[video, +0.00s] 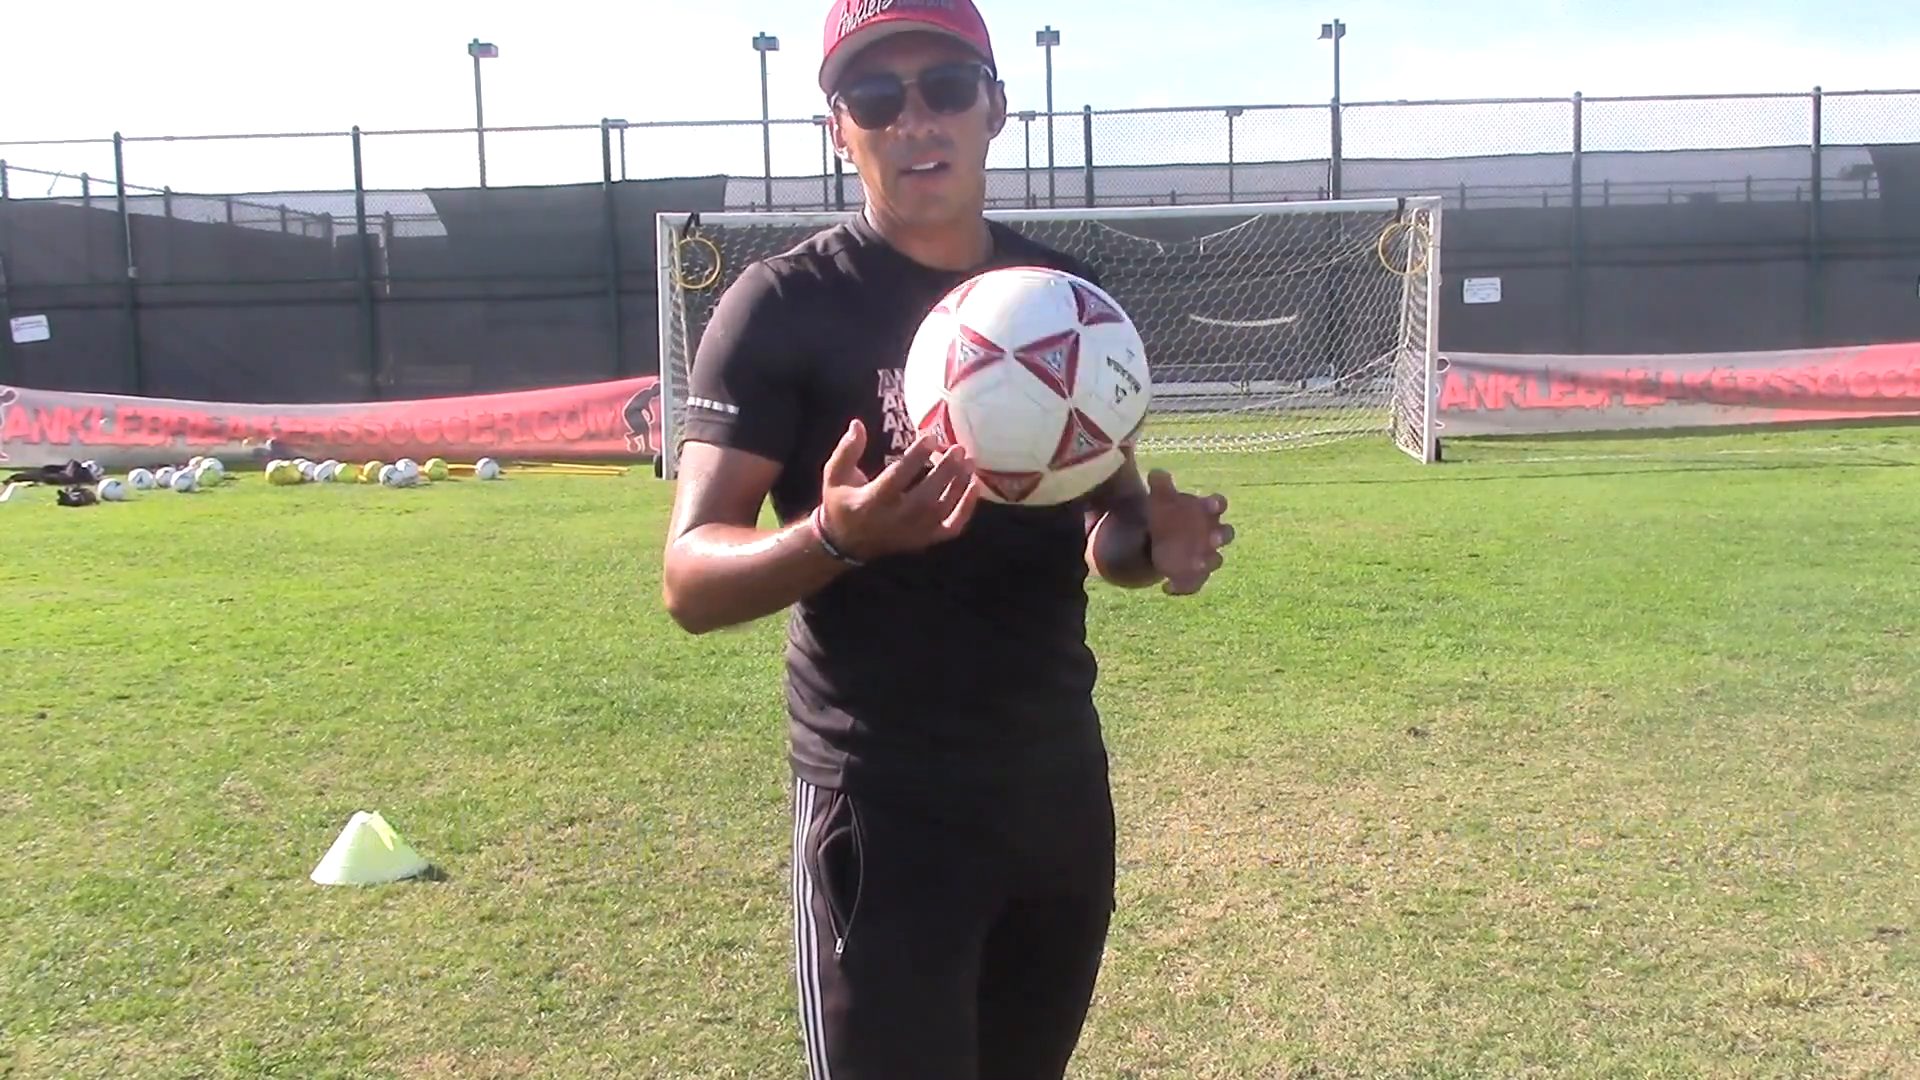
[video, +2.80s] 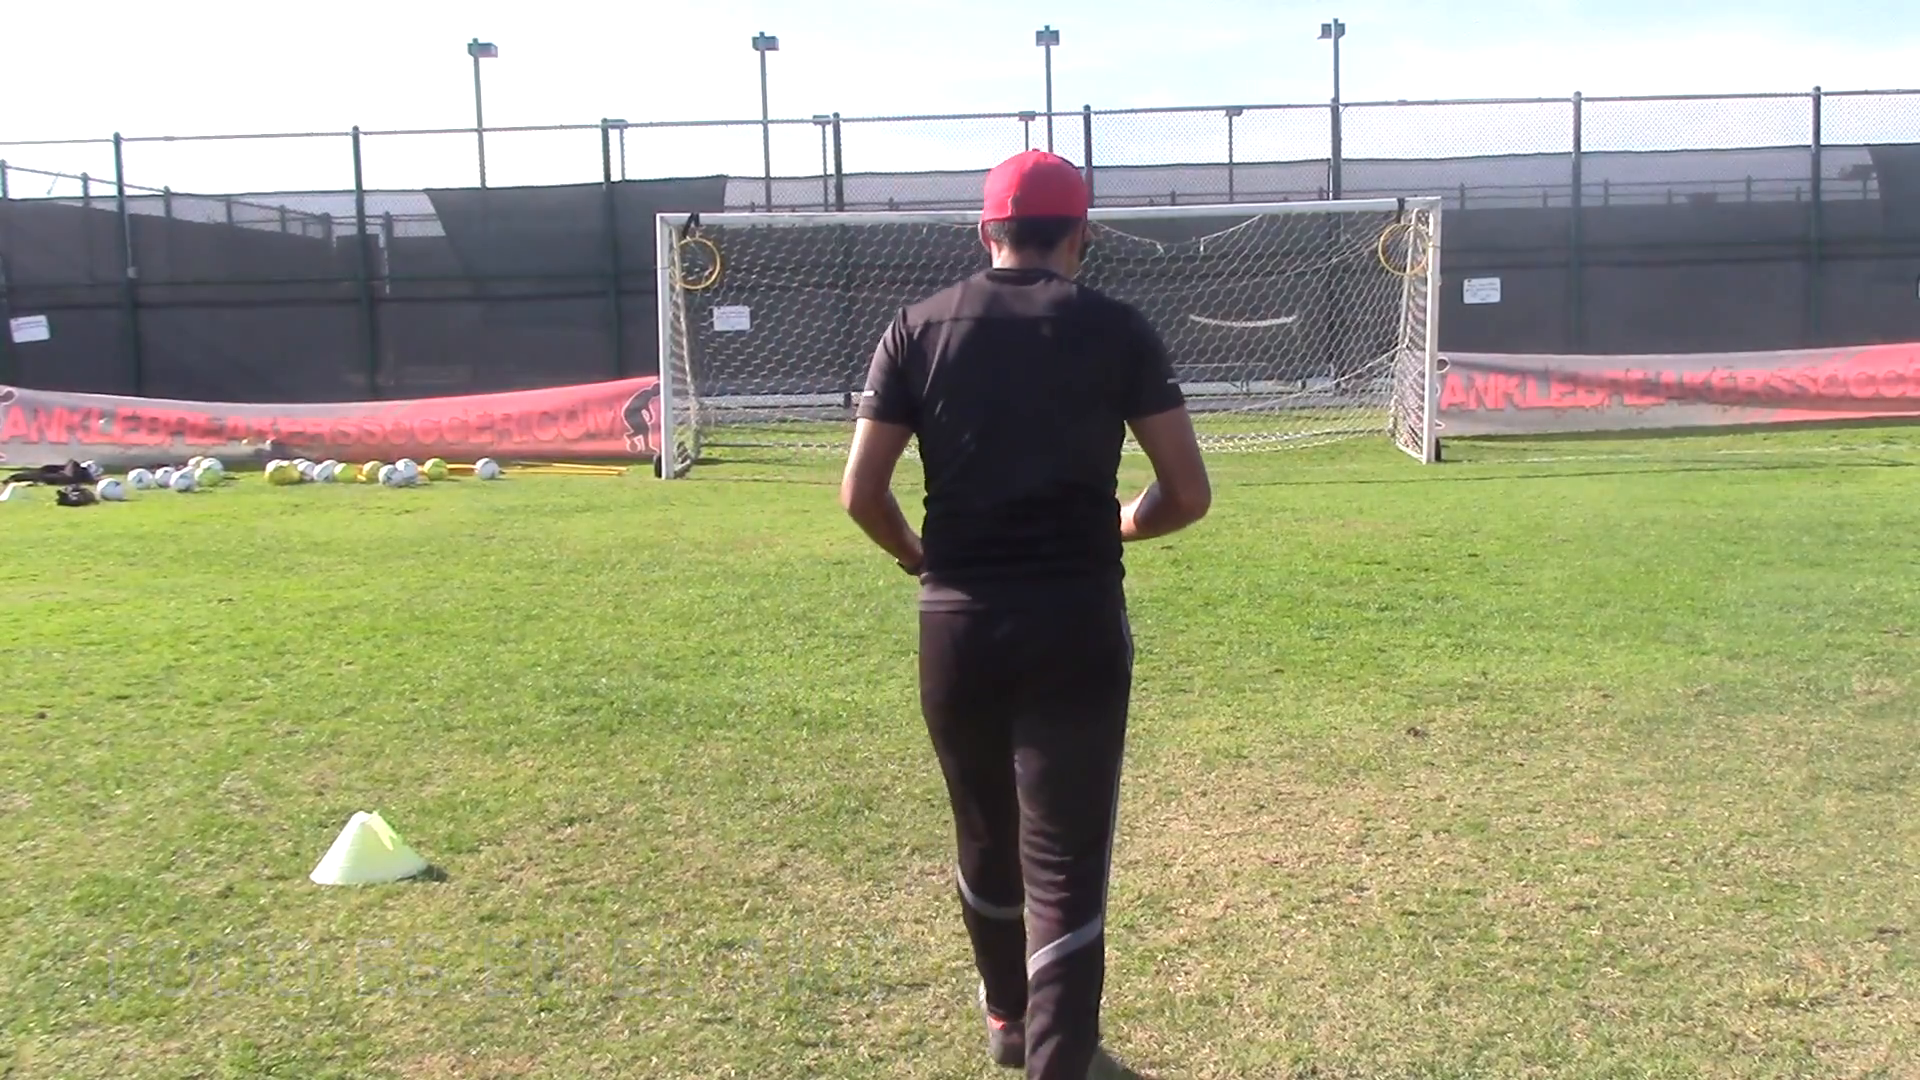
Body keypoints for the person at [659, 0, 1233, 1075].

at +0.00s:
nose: (918, 122)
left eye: (946, 89)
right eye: (880, 97)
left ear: (993, 109)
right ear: (841, 131)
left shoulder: (1060, 288)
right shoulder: (776, 307)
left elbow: (1111, 541)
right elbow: (692, 586)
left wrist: (1157, 539)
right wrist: (831, 537)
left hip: (1058, 780)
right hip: (878, 792)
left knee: (1028, 1063)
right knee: (890, 1061)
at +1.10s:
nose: (969, 135)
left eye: (997, 97)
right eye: (924, 98)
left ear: (1023, 112)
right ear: (844, 117)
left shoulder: (1014, 280)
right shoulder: (760, 323)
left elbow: (1016, 476)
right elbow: (645, 632)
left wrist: (1099, 550)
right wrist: (933, 641)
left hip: (980, 782)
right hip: (826, 811)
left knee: (993, 1062)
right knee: (886, 1066)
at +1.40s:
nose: (1066, 116)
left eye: (1056, 87)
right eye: (1037, 87)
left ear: (942, 109)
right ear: (931, 104)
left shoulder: (914, 280)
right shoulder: (859, 287)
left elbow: (924, 537)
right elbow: (801, 619)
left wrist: (1077, 573)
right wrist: (1065, 589)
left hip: (891, 784)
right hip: (828, 797)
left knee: (951, 1053)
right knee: (885, 1066)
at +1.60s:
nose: (1029, 147)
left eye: (1024, 119)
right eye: (1014, 118)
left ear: (916, 136)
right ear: (955, 132)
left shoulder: (812, 284)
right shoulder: (913, 293)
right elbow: (928, 583)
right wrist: (1097, 556)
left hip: (808, 759)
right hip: (843, 783)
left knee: (938, 1042)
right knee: (867, 1059)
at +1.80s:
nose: (999, 160)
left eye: (995, 139)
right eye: (990, 140)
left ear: (862, 167)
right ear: (964, 154)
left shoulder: (788, 296)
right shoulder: (954, 294)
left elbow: (723, 537)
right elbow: (984, 559)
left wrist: (910, 556)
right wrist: (1079, 554)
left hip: (765, 717)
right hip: (885, 745)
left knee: (881, 1055)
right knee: (999, 1059)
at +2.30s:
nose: (1063, 221)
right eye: (1063, 208)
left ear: (943, 213)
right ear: (1055, 217)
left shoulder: (853, 320)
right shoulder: (1090, 341)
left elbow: (779, 512)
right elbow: (1151, 550)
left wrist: (881, 559)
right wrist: (1095, 570)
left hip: (882, 681)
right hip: (1029, 688)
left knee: (900, 983)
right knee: (1038, 950)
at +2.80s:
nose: (1081, 245)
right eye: (1082, 232)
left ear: (985, 232)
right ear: (1080, 234)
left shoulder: (919, 327)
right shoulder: (1115, 329)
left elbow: (862, 492)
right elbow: (1186, 493)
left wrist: (919, 554)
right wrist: (1122, 523)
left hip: (957, 618)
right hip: (1078, 619)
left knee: (985, 831)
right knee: (1066, 856)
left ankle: (1007, 1021)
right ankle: (1063, 1057)